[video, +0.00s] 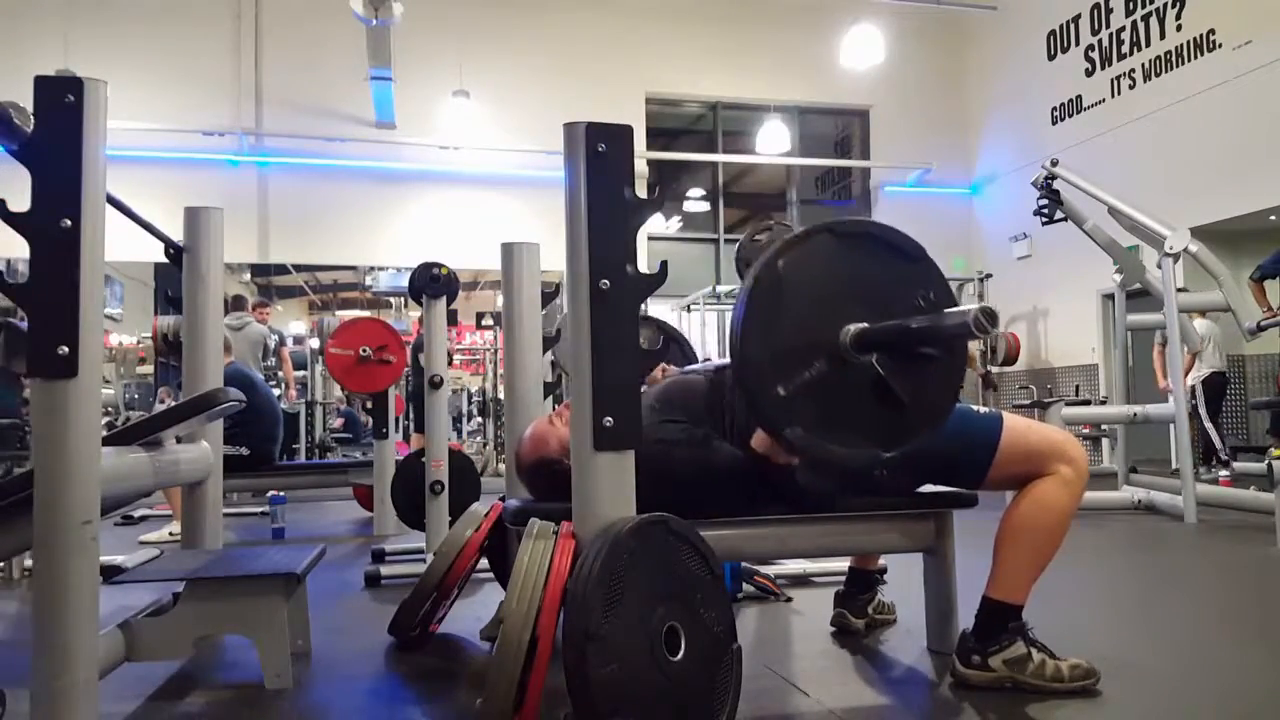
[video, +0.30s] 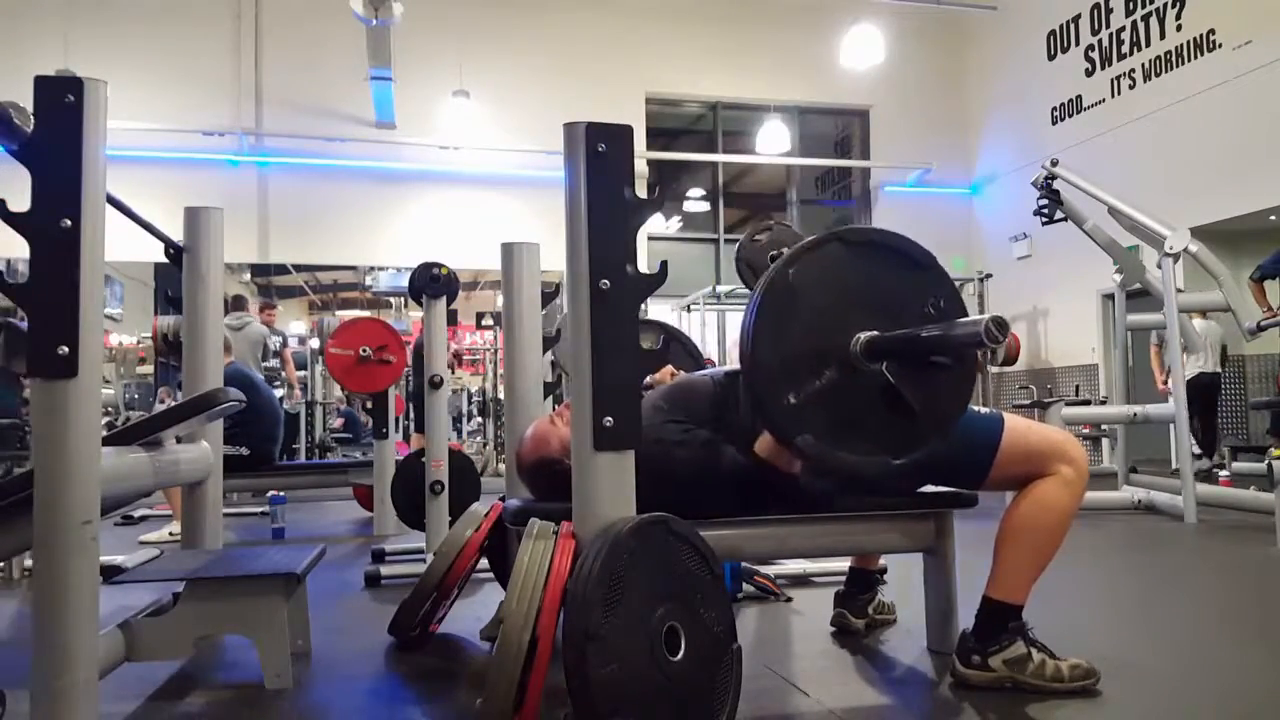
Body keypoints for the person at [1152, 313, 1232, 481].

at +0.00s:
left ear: (1190, 312)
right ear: (1205, 311)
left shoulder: (1194, 326)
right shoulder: (1214, 326)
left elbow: (1191, 355)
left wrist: (1180, 377)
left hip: (1204, 377)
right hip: (1221, 374)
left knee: (1205, 421)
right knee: (1210, 421)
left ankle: (1224, 462)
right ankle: (1206, 463)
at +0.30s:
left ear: (1188, 313)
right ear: (1206, 312)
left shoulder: (1185, 328)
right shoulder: (1217, 328)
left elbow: (1177, 354)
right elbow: (1223, 355)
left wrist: (1165, 375)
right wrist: (1216, 368)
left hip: (1192, 375)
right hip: (1214, 374)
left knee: (1187, 418)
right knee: (1210, 420)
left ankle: (1197, 453)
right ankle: (1208, 458)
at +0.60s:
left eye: (1187, 314)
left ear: (1186, 315)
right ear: (1201, 313)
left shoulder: (1179, 329)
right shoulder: (1213, 329)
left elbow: (1166, 355)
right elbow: (1223, 356)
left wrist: (1156, 373)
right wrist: (1217, 372)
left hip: (1186, 377)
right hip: (1209, 377)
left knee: (1181, 421)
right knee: (1206, 423)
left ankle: (1183, 463)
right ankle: (1205, 465)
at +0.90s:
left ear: (1170, 315)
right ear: (1192, 314)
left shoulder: (1166, 331)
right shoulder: (1202, 329)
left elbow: (1157, 353)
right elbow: (1210, 352)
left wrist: (1148, 378)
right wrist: (1209, 372)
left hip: (1174, 379)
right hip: (1198, 378)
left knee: (1176, 422)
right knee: (1200, 421)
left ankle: (1178, 462)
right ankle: (1204, 459)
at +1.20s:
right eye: (1188, 314)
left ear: (1167, 316)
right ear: (1188, 316)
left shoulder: (1159, 333)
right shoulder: (1198, 331)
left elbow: (1144, 362)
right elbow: (1216, 351)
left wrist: (1144, 380)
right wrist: (1223, 368)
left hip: (1170, 378)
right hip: (1194, 377)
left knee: (1172, 421)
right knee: (1195, 421)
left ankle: (1176, 459)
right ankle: (1194, 460)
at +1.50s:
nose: (1197, 316)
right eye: (1195, 314)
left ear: (1171, 317)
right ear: (1192, 316)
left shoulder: (1162, 333)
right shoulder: (1199, 332)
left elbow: (1151, 357)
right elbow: (1214, 353)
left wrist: (1159, 371)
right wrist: (1223, 373)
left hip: (1169, 378)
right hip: (1192, 378)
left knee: (1168, 418)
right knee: (1193, 421)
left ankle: (1167, 454)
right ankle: (1194, 461)